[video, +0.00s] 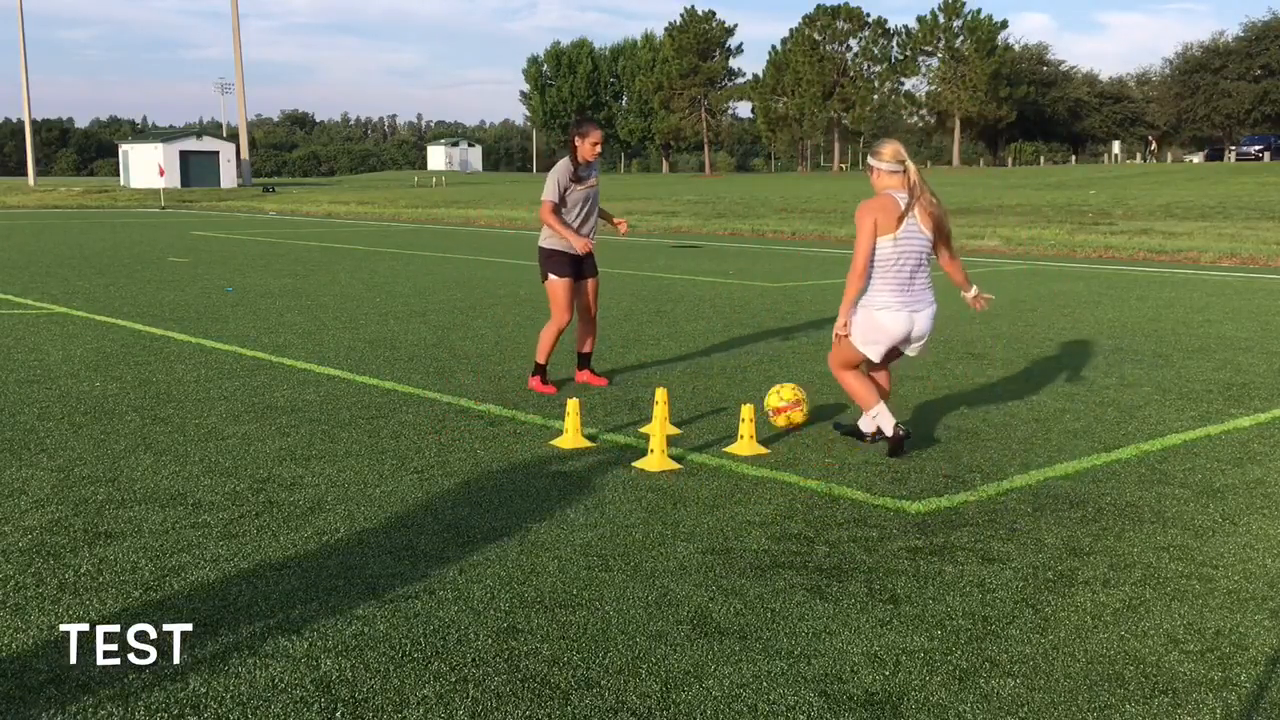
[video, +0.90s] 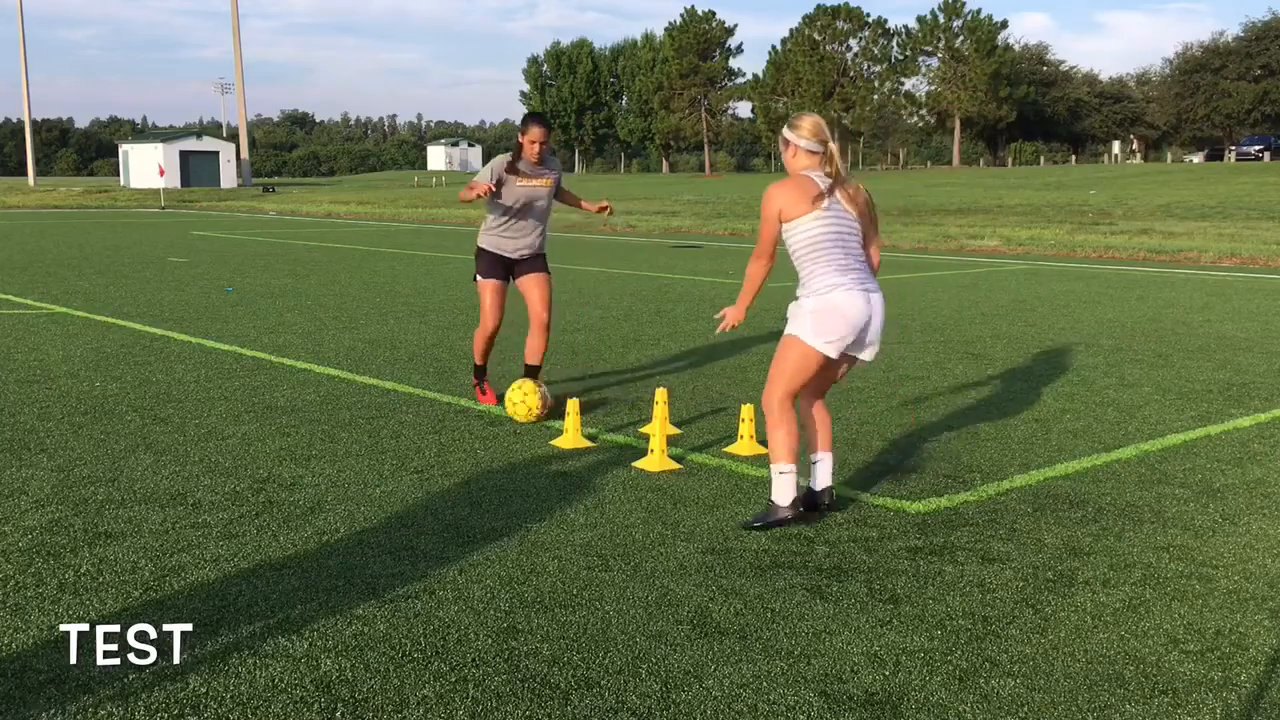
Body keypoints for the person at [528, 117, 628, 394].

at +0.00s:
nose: (598, 149)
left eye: (600, 144)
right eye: (594, 144)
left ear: (599, 144)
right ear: (577, 142)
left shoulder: (591, 170)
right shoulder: (561, 170)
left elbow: (589, 205)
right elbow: (546, 213)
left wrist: (612, 220)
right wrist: (573, 237)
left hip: (583, 250)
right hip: (556, 250)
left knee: (588, 312)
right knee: (562, 316)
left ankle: (583, 370)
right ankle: (537, 375)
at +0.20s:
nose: (607, 163)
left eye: (609, 158)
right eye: (602, 157)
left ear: (607, 156)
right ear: (586, 153)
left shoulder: (601, 179)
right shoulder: (565, 178)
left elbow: (607, 203)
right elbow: (536, 211)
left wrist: (634, 223)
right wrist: (539, 249)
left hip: (577, 250)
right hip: (557, 250)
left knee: (588, 307)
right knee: (596, 299)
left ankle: (583, 366)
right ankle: (564, 351)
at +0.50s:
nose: (596, 187)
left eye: (600, 181)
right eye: (591, 181)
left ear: (603, 180)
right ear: (578, 175)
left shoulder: (599, 203)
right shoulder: (555, 195)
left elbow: (605, 240)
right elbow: (521, 223)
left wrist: (625, 248)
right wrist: (503, 252)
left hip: (561, 264)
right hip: (530, 260)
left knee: (586, 317)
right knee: (562, 303)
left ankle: (582, 374)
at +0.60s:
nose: (576, 179)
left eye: (580, 174)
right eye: (571, 173)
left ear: (584, 172)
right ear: (557, 168)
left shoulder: (584, 194)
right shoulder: (536, 192)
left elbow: (585, 231)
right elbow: (505, 221)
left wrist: (594, 237)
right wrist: (490, 244)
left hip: (556, 267)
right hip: (523, 266)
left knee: (579, 325)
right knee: (529, 323)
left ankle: (583, 377)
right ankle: (497, 383)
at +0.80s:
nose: (542, 159)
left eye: (547, 153)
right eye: (537, 153)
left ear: (552, 152)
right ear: (524, 150)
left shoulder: (556, 178)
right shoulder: (504, 176)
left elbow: (558, 208)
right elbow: (473, 209)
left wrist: (586, 224)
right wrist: (481, 213)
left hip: (538, 260)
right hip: (500, 258)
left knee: (555, 325)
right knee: (504, 328)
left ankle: (550, 369)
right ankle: (490, 384)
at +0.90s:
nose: (538, 149)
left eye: (543, 143)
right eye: (533, 143)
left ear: (548, 142)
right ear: (520, 140)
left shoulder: (552, 168)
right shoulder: (502, 164)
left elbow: (557, 192)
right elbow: (464, 196)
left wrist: (587, 206)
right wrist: (474, 191)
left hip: (531, 253)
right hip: (493, 250)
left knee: (542, 317)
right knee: (491, 323)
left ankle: (530, 388)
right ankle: (480, 379)